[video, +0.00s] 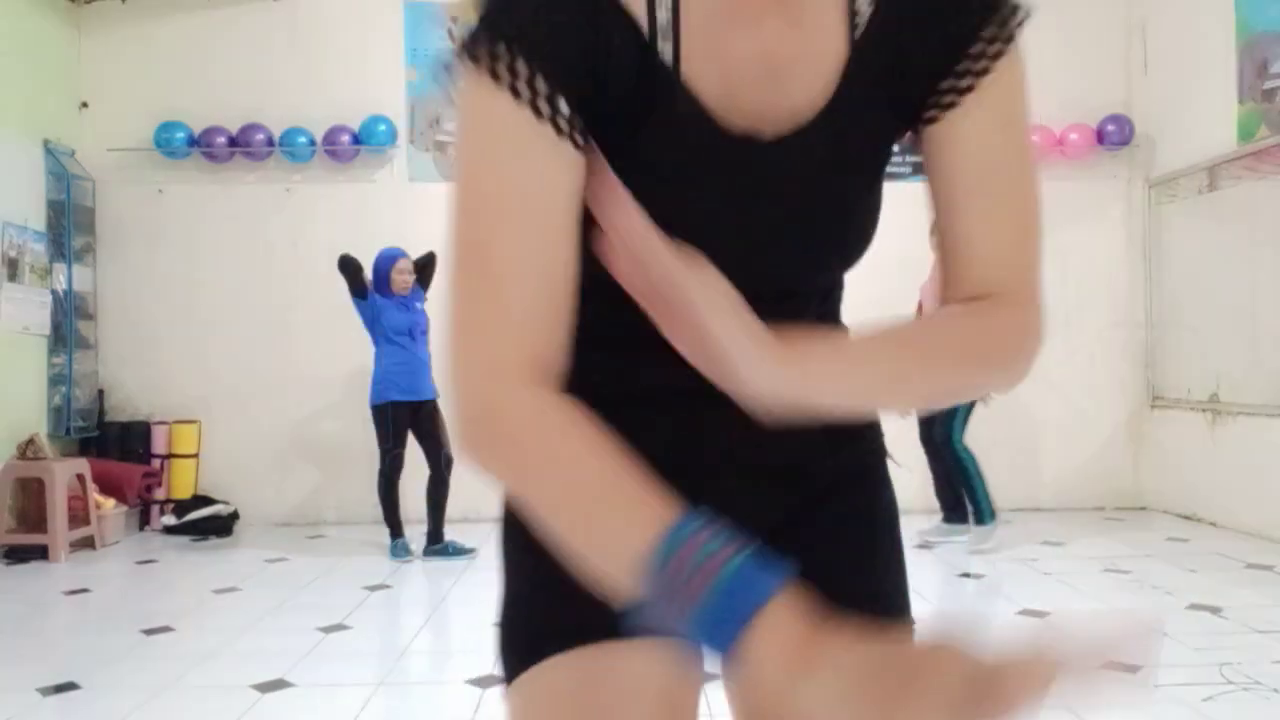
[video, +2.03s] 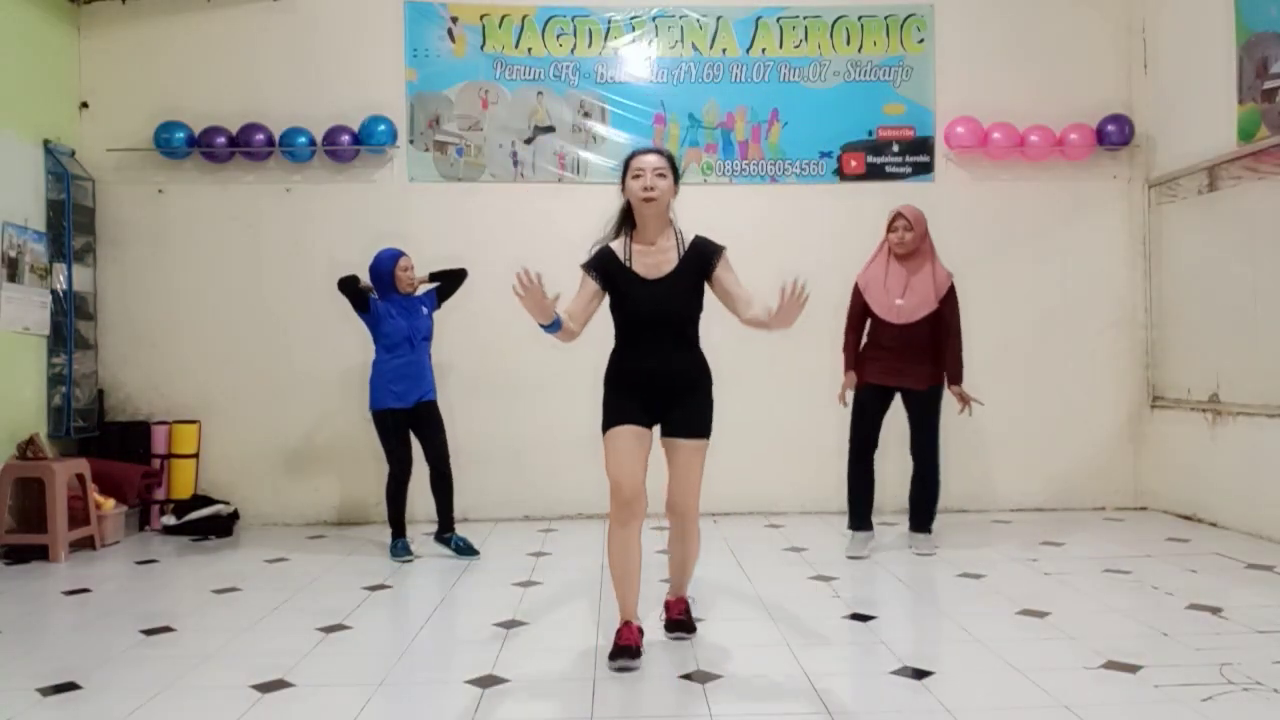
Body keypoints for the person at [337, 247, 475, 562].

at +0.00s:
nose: (406, 278)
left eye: (410, 272)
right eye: (399, 272)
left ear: (414, 276)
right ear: (384, 277)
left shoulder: (416, 300)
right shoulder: (374, 306)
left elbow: (431, 259)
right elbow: (351, 273)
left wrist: (410, 270)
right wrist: (353, 270)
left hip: (423, 395)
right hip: (389, 396)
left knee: (442, 461)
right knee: (392, 464)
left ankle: (435, 540)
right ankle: (397, 538)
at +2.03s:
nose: (412, 275)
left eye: (412, 269)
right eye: (404, 270)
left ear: (413, 275)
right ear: (388, 277)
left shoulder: (424, 303)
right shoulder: (376, 308)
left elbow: (460, 275)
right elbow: (346, 285)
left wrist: (425, 279)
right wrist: (364, 289)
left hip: (422, 397)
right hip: (388, 401)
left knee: (440, 462)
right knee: (400, 466)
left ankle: (446, 531)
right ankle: (399, 538)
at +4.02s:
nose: (439, 272)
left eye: (446, 267)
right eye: (433, 267)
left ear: (454, 271)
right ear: (424, 272)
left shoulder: (467, 306)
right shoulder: (411, 308)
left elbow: (478, 355)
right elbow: (395, 357)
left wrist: (487, 401)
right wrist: (413, 364)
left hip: (461, 398)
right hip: (426, 401)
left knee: (458, 464)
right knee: (432, 467)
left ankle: (464, 526)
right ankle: (432, 535)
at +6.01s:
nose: (467, 269)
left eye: (472, 265)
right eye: (461, 266)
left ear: (481, 272)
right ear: (452, 274)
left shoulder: (494, 306)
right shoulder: (445, 302)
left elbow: (518, 353)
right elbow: (432, 304)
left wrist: (493, 357)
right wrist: (444, 284)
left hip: (485, 393)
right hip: (451, 392)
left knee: (484, 457)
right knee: (458, 459)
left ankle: (484, 522)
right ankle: (462, 526)